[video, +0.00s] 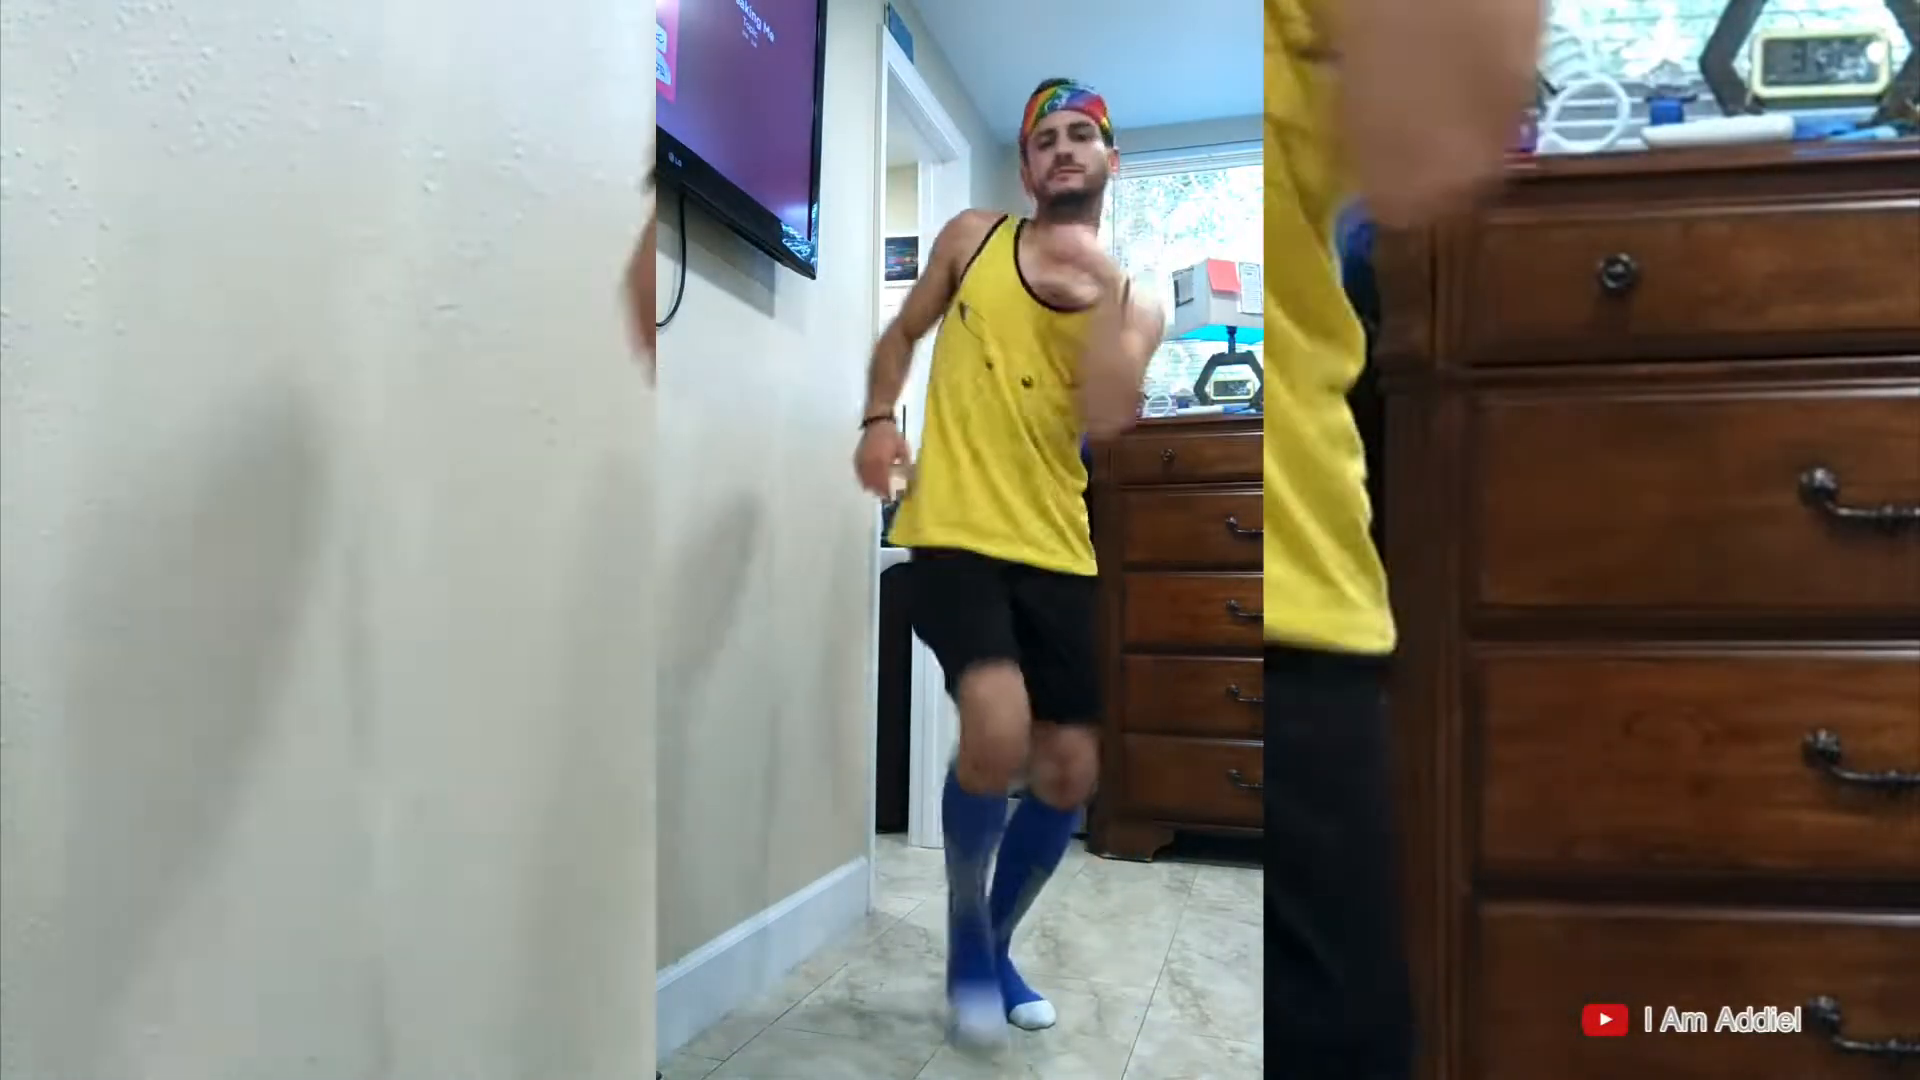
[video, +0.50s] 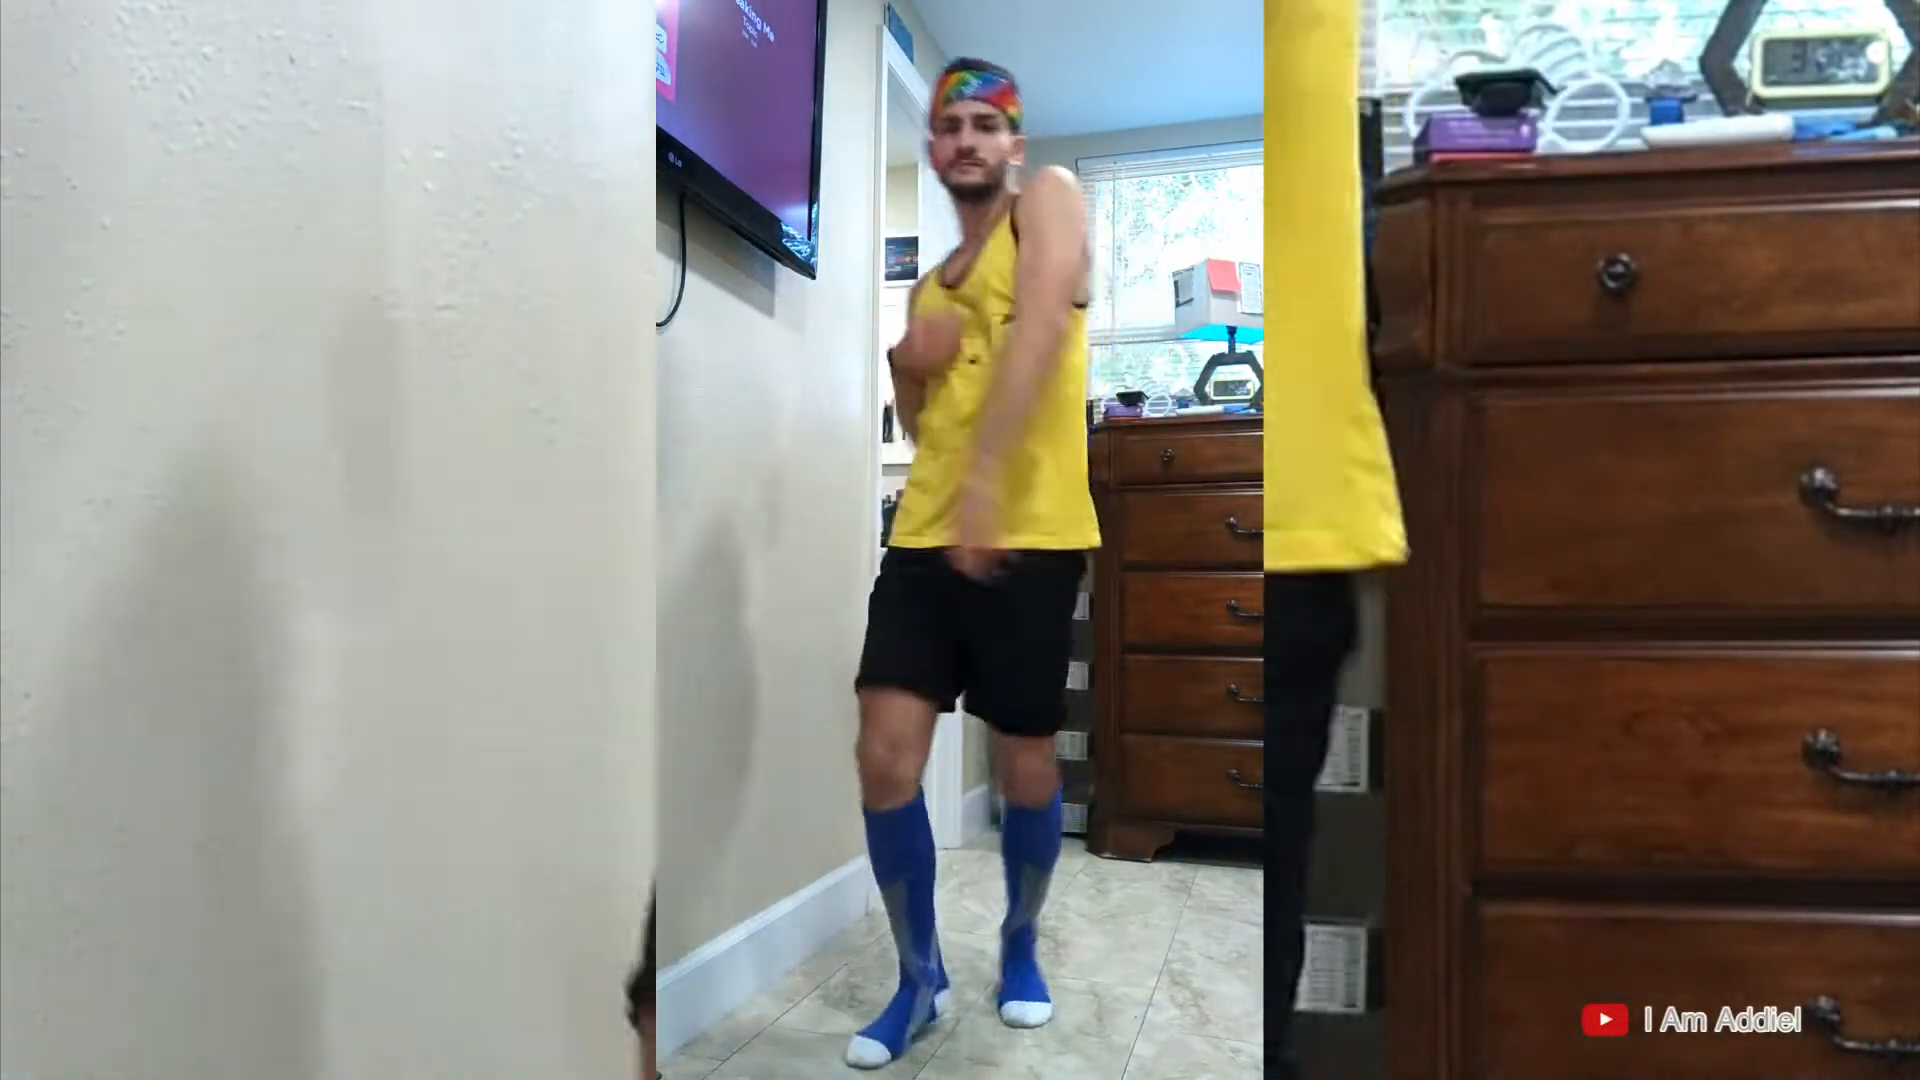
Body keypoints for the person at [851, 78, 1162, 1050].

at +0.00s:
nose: (1063, 149)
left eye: (1080, 136)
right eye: (1046, 141)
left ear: (1112, 162)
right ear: (1025, 167)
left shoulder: (1131, 297)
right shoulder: (975, 235)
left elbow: (1105, 419)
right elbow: (899, 335)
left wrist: (1113, 296)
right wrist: (879, 422)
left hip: (1054, 538)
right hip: (950, 520)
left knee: (1069, 767)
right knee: (997, 725)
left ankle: (991, 941)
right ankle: (969, 944)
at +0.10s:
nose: (1051, 153)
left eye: (1070, 138)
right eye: (1035, 143)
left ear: (1106, 160)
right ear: (1016, 168)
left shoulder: (1126, 298)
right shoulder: (971, 257)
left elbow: (1064, 388)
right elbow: (915, 354)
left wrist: (1028, 262)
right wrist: (894, 407)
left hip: (1052, 535)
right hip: (949, 507)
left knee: (1068, 767)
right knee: (981, 666)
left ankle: (997, 942)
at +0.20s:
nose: (1036, 136)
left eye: (1056, 120)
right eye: (1020, 123)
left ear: (1090, 141)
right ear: (1001, 148)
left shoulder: (1120, 266)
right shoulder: (968, 259)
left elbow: (1048, 341)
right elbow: (928, 372)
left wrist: (966, 255)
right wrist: (901, 402)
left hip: (1050, 529)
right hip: (952, 506)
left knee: (1042, 754)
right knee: (944, 644)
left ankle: (998, 942)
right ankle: (957, 750)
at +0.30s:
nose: (1015, 128)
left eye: (1035, 112)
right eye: (1000, 115)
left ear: (1069, 130)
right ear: (980, 137)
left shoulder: (1107, 222)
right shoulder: (963, 252)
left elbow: (1040, 291)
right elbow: (964, 381)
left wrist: (913, 287)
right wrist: (919, 391)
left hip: (1045, 518)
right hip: (947, 502)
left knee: (1024, 746)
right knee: (903, 690)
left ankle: (1003, 944)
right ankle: (939, 894)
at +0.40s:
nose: (996, 148)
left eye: (1015, 132)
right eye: (979, 135)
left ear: (1047, 146)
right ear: (960, 156)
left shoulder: (1077, 206)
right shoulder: (951, 282)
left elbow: (1019, 288)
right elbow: (946, 393)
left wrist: (931, 370)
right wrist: (907, 410)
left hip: (1045, 543)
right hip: (940, 541)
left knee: (1025, 761)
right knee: (874, 736)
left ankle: (1005, 948)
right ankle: (921, 959)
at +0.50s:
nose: (966, 140)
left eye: (986, 125)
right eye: (949, 127)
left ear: (1018, 141)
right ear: (931, 148)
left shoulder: (1049, 196)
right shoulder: (935, 283)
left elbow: (1045, 319)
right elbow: (913, 424)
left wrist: (985, 478)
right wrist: (915, 368)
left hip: (1032, 533)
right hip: (927, 532)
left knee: (1026, 766)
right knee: (885, 759)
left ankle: (1022, 945)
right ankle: (919, 975)